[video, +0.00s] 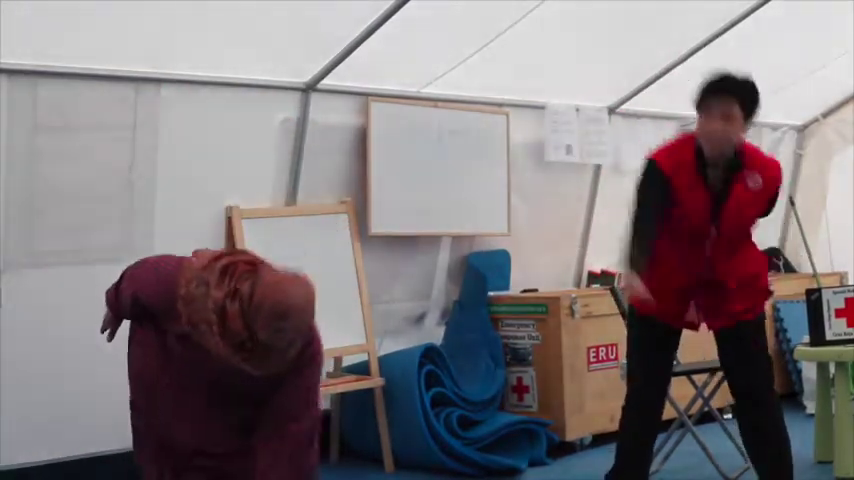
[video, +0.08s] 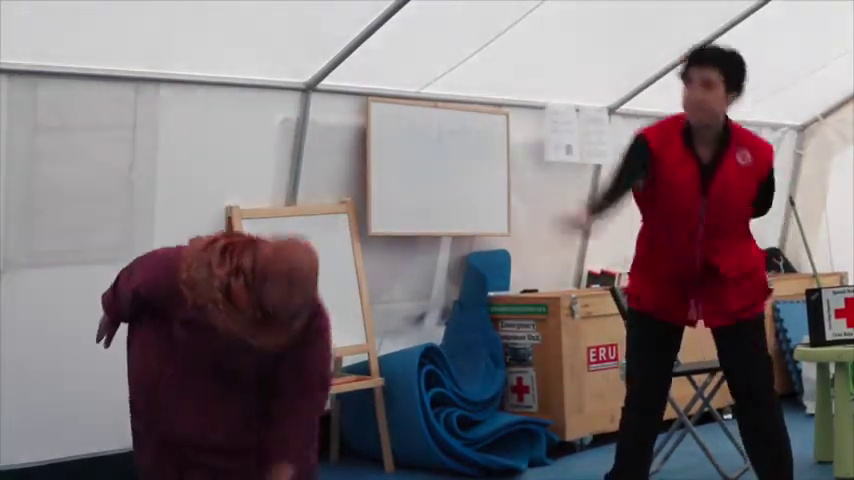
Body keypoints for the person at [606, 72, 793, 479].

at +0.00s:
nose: (715, 127)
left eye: (727, 117)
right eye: (709, 115)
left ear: (745, 125)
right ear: (696, 118)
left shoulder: (764, 172)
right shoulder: (665, 165)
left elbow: (758, 212)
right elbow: (644, 223)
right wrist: (635, 269)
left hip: (733, 287)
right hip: (663, 286)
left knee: (757, 397)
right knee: (644, 399)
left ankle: (777, 474)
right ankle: (626, 476)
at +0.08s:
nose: (695, 93)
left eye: (708, 85)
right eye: (690, 83)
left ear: (730, 96)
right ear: (681, 88)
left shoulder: (755, 153)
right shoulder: (653, 141)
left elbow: (760, 205)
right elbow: (619, 184)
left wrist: (709, 222)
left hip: (732, 284)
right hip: (660, 284)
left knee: (758, 403)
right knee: (643, 405)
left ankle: (777, 476)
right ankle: (625, 478)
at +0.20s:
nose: (672, 71)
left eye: (686, 62)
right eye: (669, 62)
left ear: (715, 75)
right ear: (665, 71)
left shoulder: (746, 135)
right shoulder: (641, 125)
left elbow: (756, 201)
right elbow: (591, 151)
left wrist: (707, 219)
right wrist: (542, 165)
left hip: (727, 282)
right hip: (654, 281)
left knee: (757, 401)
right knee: (640, 404)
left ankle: (778, 476)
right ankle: (625, 479)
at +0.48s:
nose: (651, 67)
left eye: (663, 58)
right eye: (648, 60)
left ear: (694, 71)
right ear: (646, 71)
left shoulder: (727, 133)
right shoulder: (627, 132)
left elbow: (749, 208)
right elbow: (578, 178)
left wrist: (718, 253)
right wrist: (539, 227)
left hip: (711, 281)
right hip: (639, 284)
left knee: (749, 401)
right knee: (634, 406)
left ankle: (775, 476)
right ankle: (624, 478)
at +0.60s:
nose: (640, 66)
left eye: (652, 59)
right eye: (639, 60)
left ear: (682, 72)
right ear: (636, 73)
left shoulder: (716, 130)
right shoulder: (620, 136)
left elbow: (753, 199)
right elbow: (601, 196)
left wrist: (772, 264)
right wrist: (610, 252)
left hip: (706, 281)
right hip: (635, 285)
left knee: (746, 401)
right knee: (631, 408)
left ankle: (775, 476)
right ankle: (623, 479)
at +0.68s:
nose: (630, 69)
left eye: (641, 60)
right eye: (629, 62)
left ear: (673, 72)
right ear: (630, 74)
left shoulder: (710, 127)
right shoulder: (617, 136)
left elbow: (759, 181)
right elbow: (627, 206)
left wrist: (795, 230)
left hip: (702, 278)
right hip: (633, 282)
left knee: (743, 396)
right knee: (630, 404)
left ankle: (774, 477)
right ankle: (623, 479)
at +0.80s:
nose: (616, 73)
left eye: (625, 64)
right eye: (614, 65)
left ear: (658, 72)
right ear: (618, 78)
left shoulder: (697, 118)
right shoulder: (612, 138)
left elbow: (755, 139)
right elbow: (625, 205)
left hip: (701, 276)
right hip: (635, 283)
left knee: (742, 396)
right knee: (630, 407)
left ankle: (774, 476)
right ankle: (622, 478)